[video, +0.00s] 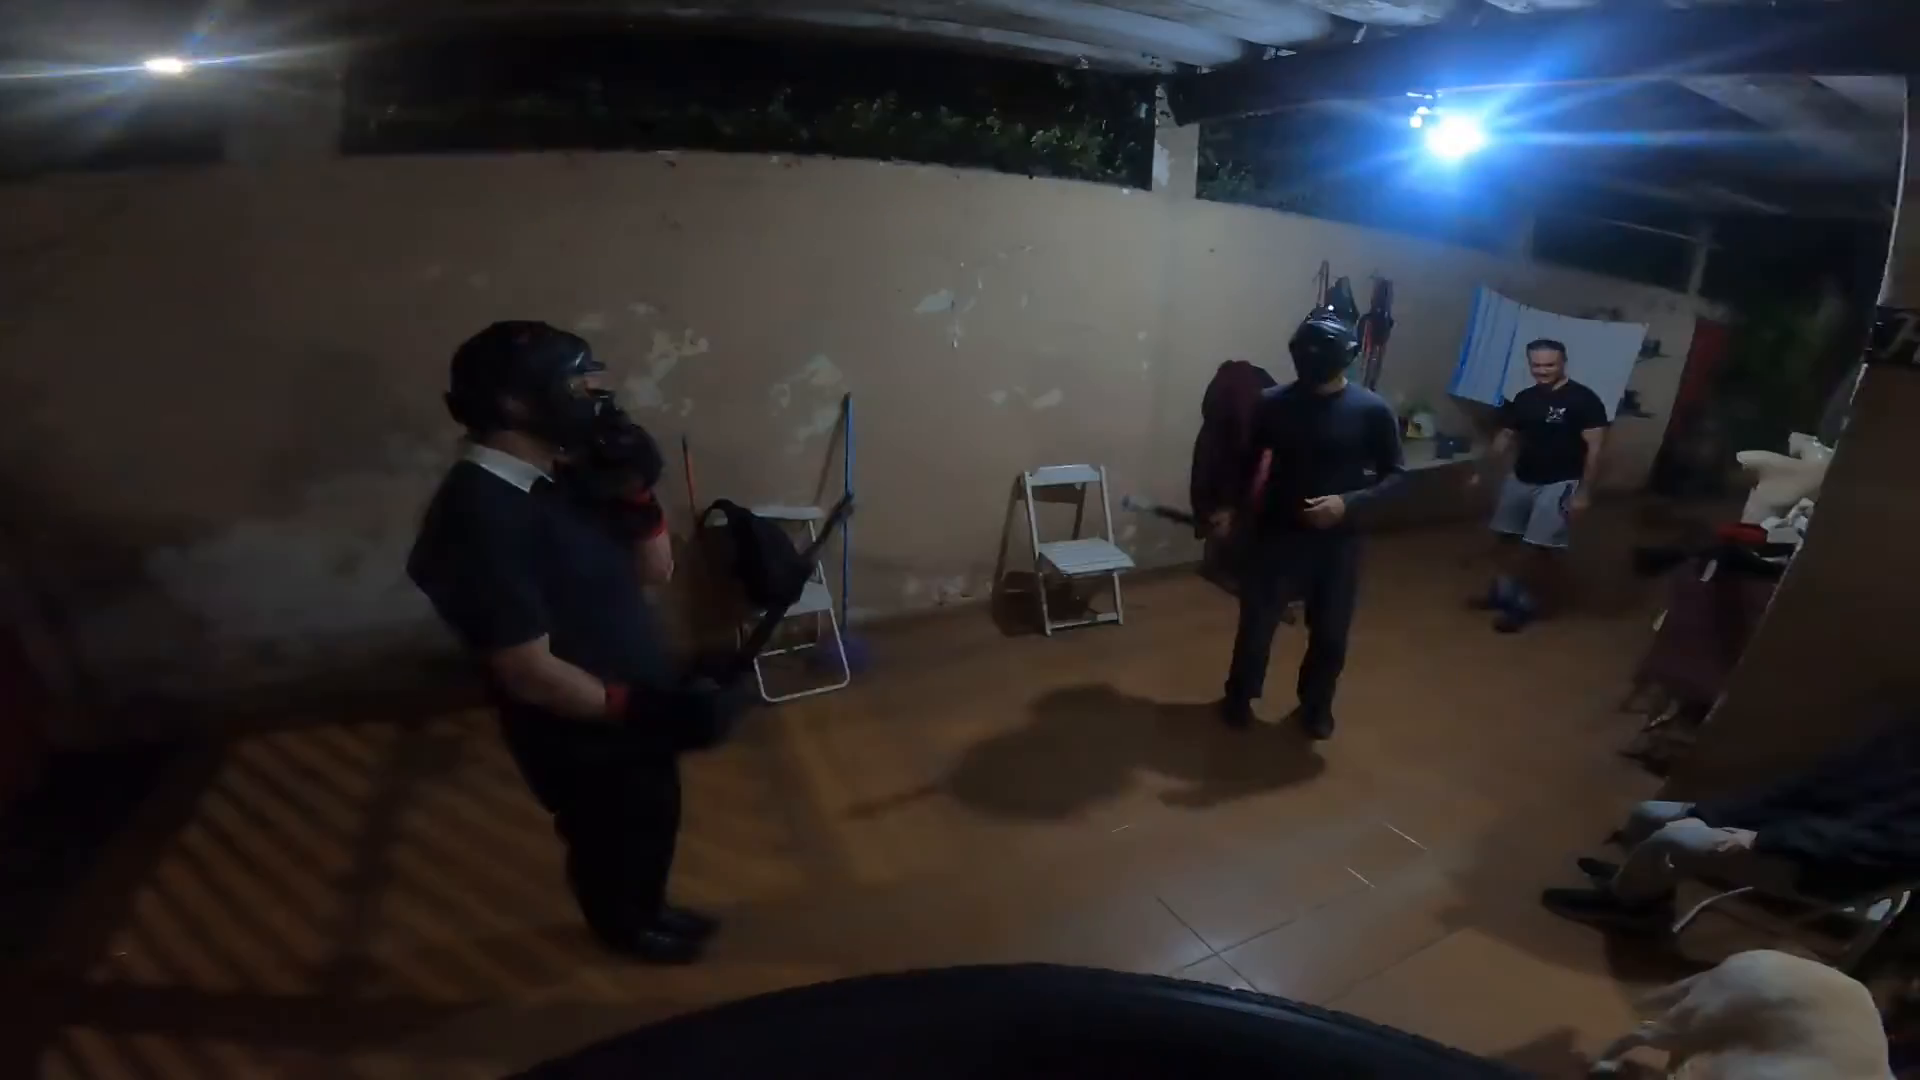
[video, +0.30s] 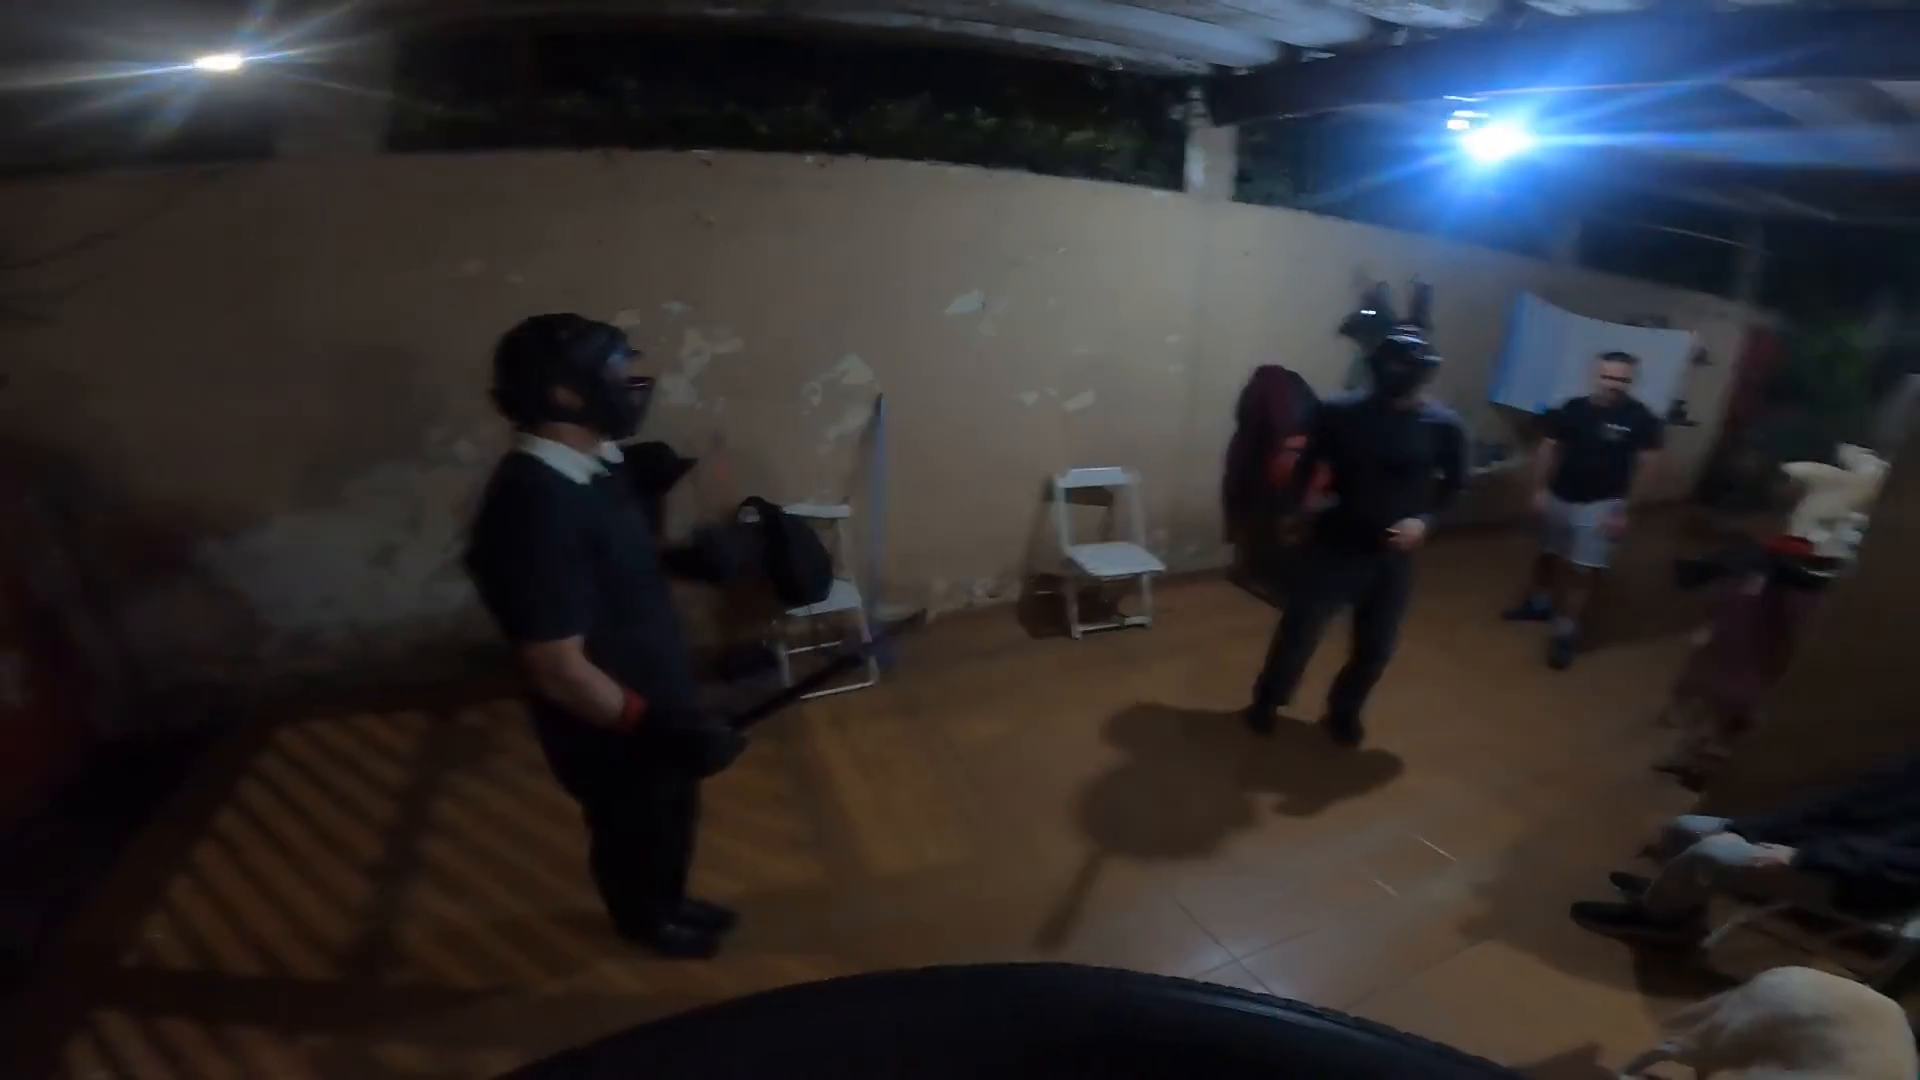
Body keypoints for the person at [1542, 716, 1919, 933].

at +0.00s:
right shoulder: (1898, 752)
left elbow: (1877, 849)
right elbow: (1811, 790)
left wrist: (1764, 842)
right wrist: (1710, 813)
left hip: (1824, 866)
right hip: (1790, 827)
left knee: (1672, 841)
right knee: (1647, 816)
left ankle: (1624, 901)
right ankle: (1631, 877)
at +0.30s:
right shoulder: (1908, 780)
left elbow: (1899, 867)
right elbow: (1844, 807)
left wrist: (1801, 859)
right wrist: (1748, 830)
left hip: (1852, 883)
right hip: (1822, 845)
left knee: (1709, 854)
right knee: (1685, 830)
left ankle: (1656, 913)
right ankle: (1662, 894)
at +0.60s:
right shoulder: (1912, 802)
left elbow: (1907, 871)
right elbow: (1865, 823)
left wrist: (1830, 869)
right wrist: (1778, 839)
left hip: (1875, 894)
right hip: (1848, 857)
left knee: (1738, 868)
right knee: (1712, 840)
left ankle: (1678, 924)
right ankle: (1691, 904)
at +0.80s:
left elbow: (1914, 885)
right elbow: (1898, 840)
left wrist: (1859, 883)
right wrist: (1805, 853)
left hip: (1900, 905)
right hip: (1877, 867)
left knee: (1761, 878)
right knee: (1737, 852)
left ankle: (1698, 936)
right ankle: (1715, 916)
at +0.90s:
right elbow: (1898, 844)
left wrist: (1866, 886)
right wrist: (1811, 857)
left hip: (1901, 908)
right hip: (1880, 871)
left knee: (1768, 881)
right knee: (1744, 855)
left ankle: (1704, 938)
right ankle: (1722, 919)